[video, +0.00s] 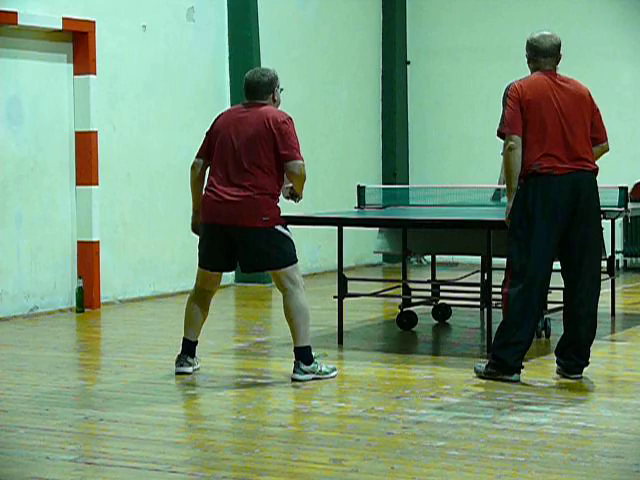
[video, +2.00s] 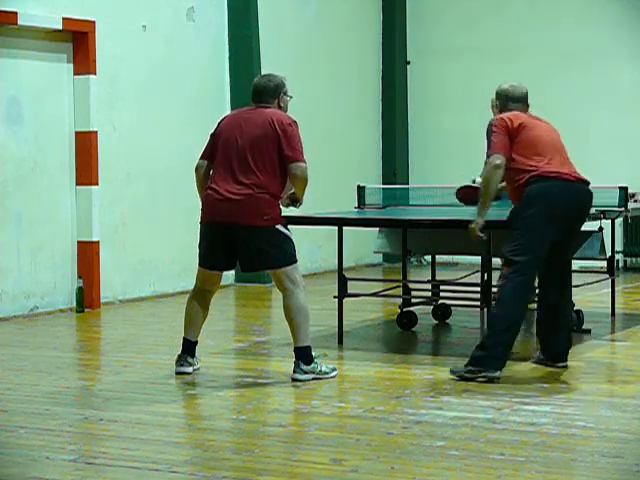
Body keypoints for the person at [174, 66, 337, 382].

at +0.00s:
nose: (280, 97)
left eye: (280, 93)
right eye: (280, 93)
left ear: (245, 94)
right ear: (274, 94)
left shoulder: (223, 119)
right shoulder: (278, 119)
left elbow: (198, 167)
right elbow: (296, 171)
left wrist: (197, 211)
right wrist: (296, 188)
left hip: (215, 217)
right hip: (260, 218)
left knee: (203, 288)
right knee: (291, 286)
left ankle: (186, 356)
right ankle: (304, 361)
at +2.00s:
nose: (289, 103)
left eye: (288, 98)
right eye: (287, 98)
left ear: (255, 99)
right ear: (278, 99)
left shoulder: (228, 120)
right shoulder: (284, 122)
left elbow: (202, 168)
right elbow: (298, 172)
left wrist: (210, 202)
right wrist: (297, 194)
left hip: (215, 214)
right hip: (260, 215)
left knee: (203, 288)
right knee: (292, 286)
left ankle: (186, 356)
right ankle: (304, 361)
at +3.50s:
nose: (265, 99)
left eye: (262, 95)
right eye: (263, 95)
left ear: (229, 98)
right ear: (259, 98)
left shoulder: (208, 123)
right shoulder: (275, 124)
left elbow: (177, 163)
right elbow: (326, 159)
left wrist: (166, 204)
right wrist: (321, 168)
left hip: (206, 216)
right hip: (252, 215)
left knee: (197, 287)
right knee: (286, 283)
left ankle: (185, 354)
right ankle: (305, 355)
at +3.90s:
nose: (244, 103)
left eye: (242, 98)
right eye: (242, 99)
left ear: (209, 105)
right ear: (235, 102)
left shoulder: (190, 135)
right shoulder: (253, 130)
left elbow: (158, 179)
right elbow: (291, 167)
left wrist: (147, 221)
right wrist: (298, 198)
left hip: (200, 228)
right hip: (245, 225)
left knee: (195, 287)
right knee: (282, 288)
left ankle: (185, 355)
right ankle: (305, 359)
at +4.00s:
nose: (227, 96)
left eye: (225, 91)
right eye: (225, 92)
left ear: (194, 97)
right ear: (220, 95)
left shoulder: (175, 128)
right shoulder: (235, 124)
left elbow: (147, 174)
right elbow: (258, 162)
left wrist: (140, 213)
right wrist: (278, 195)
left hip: (186, 222)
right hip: (230, 219)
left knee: (189, 287)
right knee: (264, 283)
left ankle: (185, 355)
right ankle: (293, 354)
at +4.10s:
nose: (215, 89)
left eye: (213, 85)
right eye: (213, 85)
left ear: (183, 89)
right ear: (205, 88)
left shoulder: (162, 121)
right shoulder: (219, 116)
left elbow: (137, 167)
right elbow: (237, 157)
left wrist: (139, 206)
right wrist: (261, 193)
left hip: (173, 218)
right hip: (215, 215)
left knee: (185, 284)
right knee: (245, 278)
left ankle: (184, 355)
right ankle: (246, 354)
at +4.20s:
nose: (204, 84)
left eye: (202, 79)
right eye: (201, 80)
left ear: (172, 84)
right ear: (193, 83)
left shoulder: (152, 116)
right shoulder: (206, 111)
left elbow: (131, 167)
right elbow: (224, 155)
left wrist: (138, 204)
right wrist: (248, 187)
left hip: (161, 214)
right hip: (201, 212)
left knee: (180, 282)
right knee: (223, 281)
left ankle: (183, 355)